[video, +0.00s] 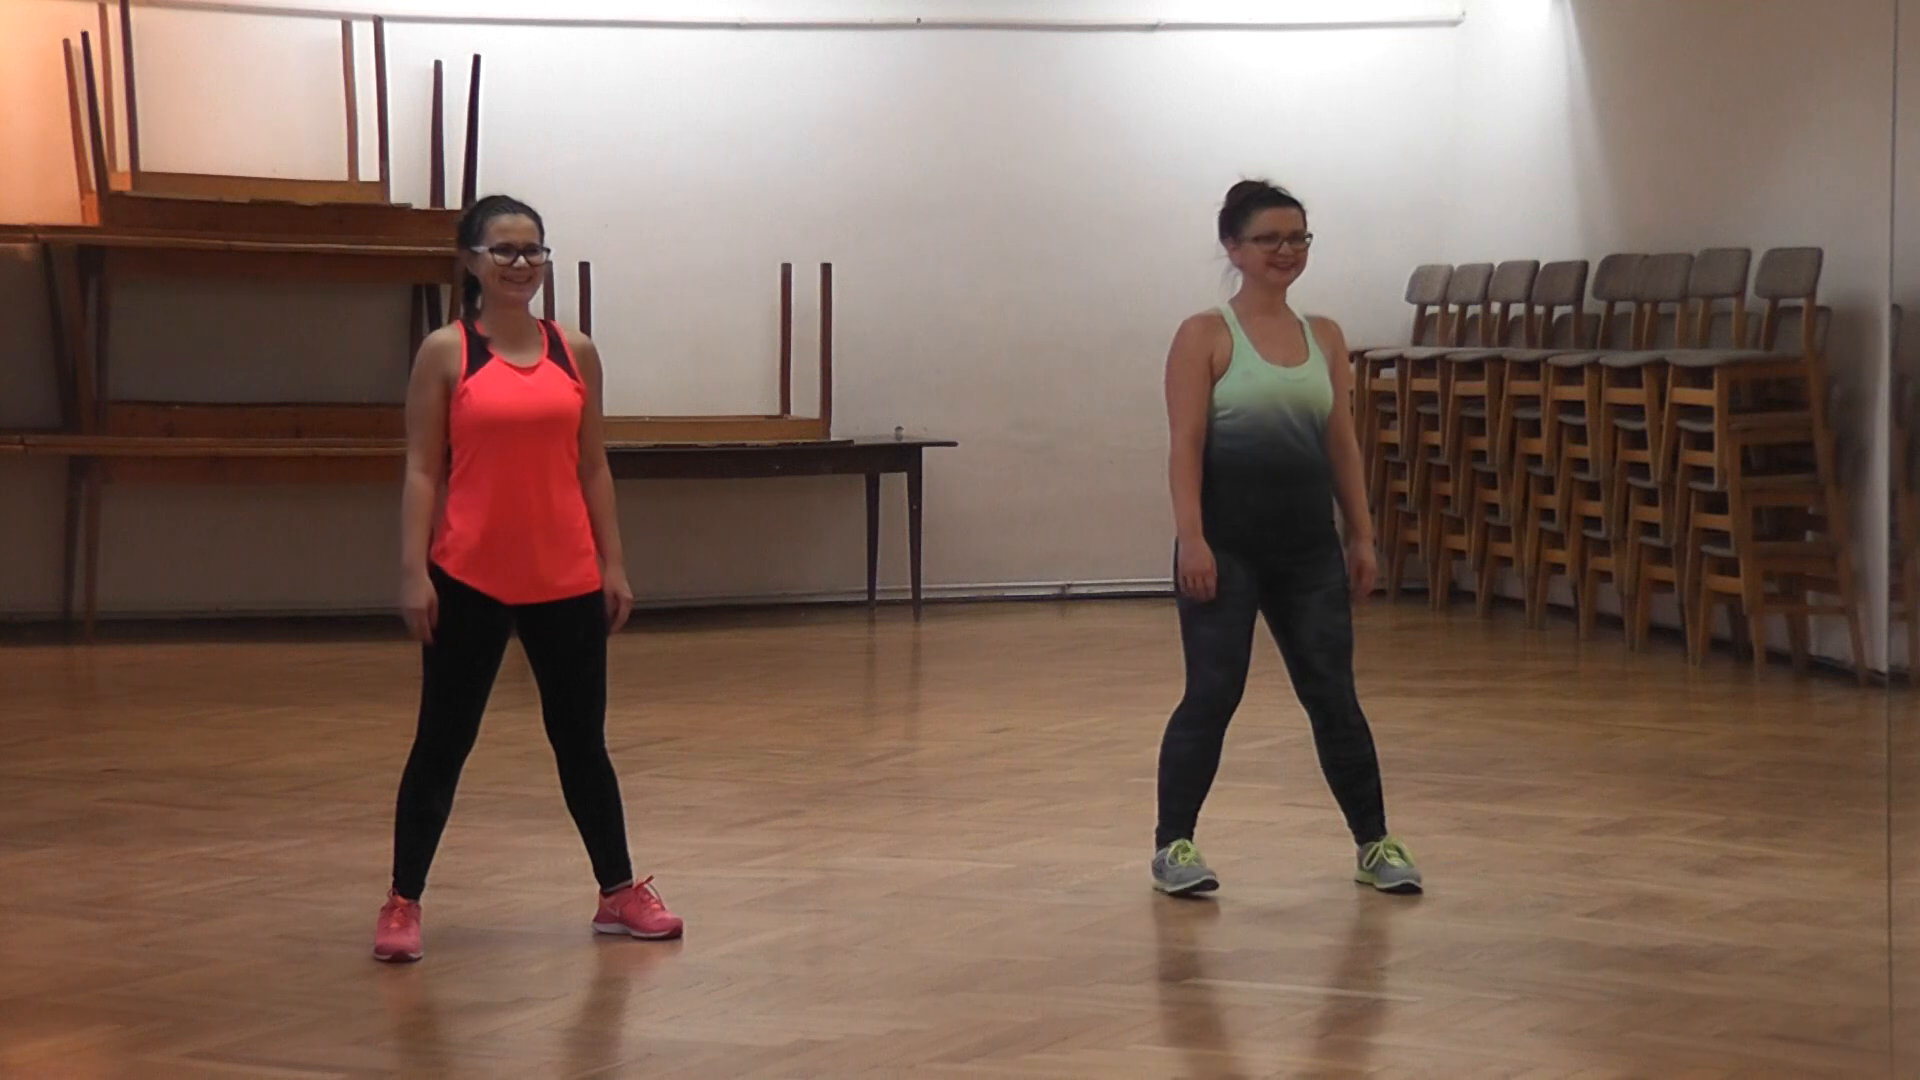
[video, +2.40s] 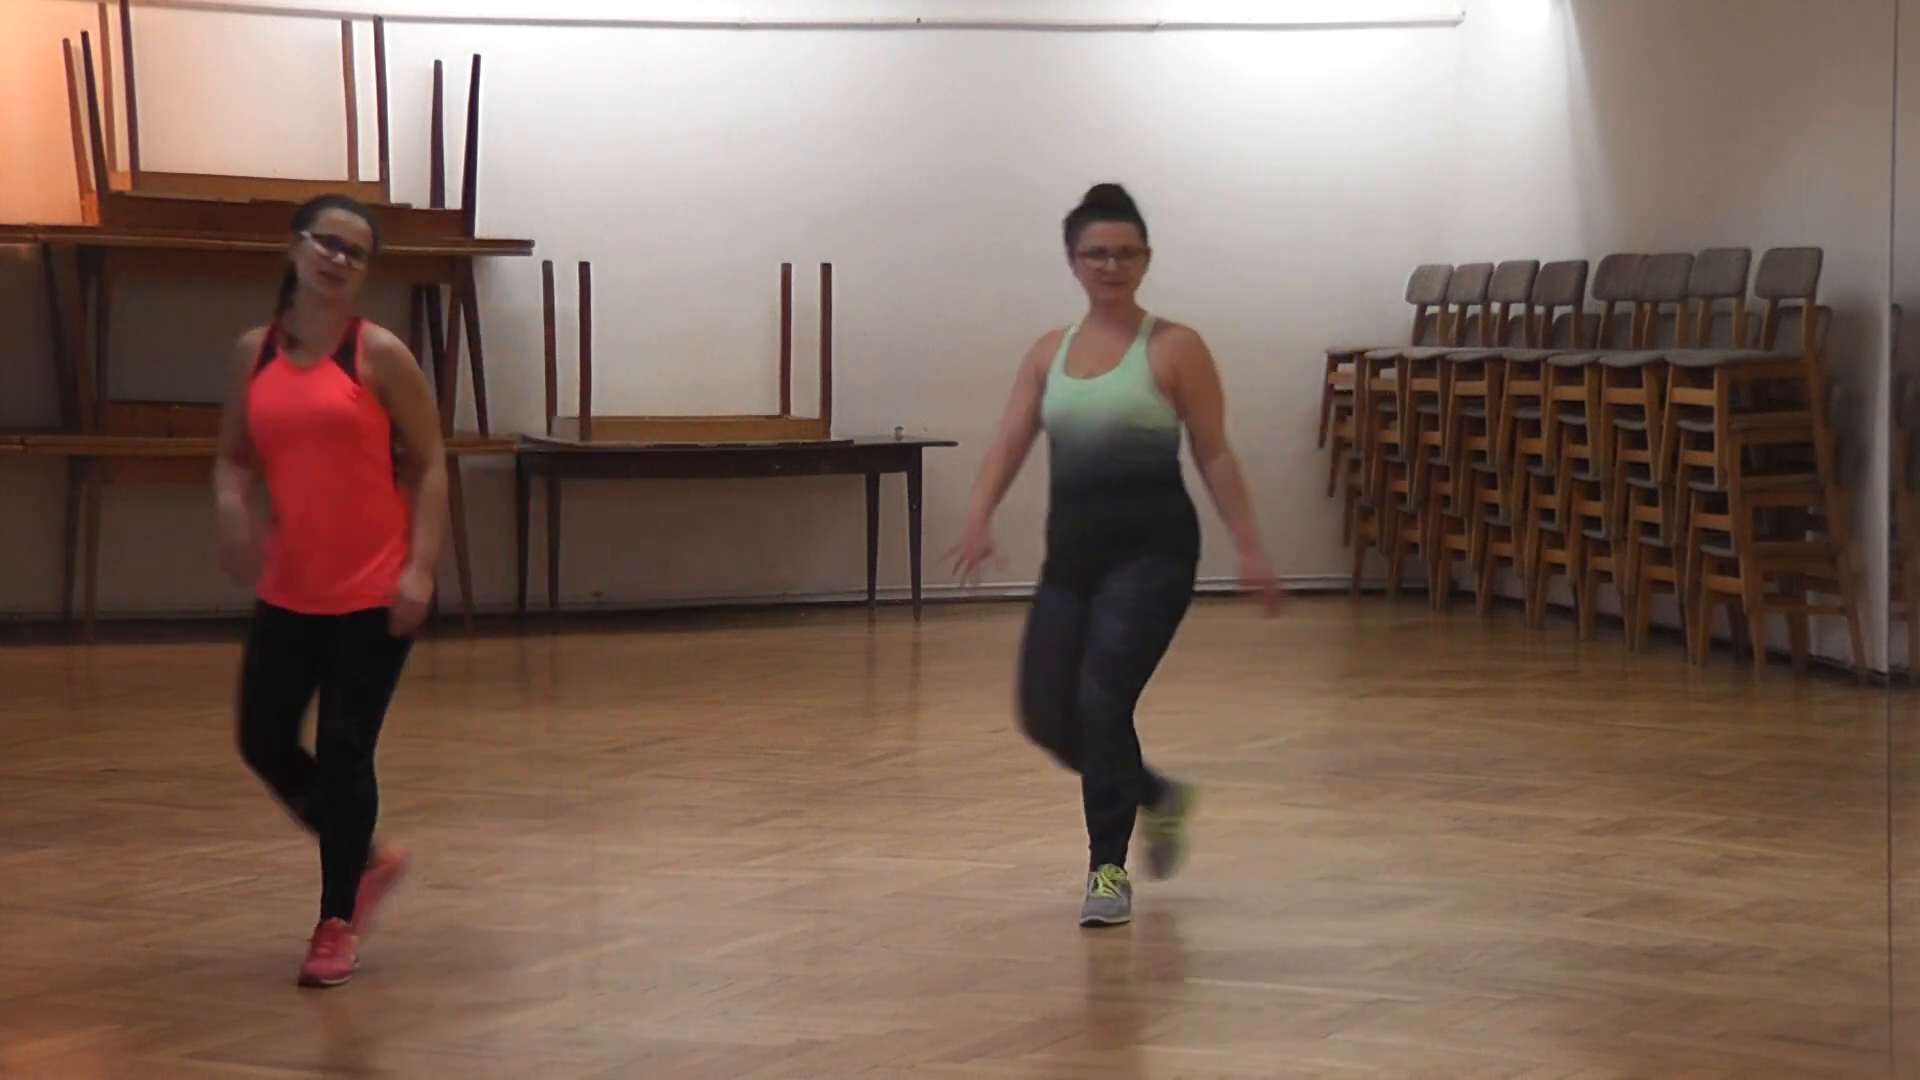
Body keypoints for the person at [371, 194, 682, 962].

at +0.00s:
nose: (521, 261)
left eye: (532, 249)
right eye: (504, 250)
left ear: (545, 260)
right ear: (472, 262)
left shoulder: (576, 353)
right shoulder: (445, 352)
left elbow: (594, 465)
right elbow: (424, 469)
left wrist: (613, 564)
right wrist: (413, 569)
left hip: (568, 579)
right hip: (470, 580)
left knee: (583, 740)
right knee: (441, 747)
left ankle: (620, 890)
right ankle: (403, 903)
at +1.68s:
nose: (546, 266)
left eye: (556, 252)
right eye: (529, 254)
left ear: (572, 260)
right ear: (498, 265)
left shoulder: (603, 354)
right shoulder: (472, 355)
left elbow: (652, 462)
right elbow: (465, 465)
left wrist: (657, 561)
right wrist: (448, 560)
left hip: (597, 576)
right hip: (499, 579)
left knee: (625, 732)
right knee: (470, 729)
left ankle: (660, 880)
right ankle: (512, 884)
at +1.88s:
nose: (498, 277)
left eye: (510, 264)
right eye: (482, 263)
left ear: (525, 268)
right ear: (450, 265)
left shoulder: (552, 361)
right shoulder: (423, 357)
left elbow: (600, 471)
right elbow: (407, 463)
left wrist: (624, 569)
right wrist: (398, 553)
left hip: (557, 580)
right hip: (465, 587)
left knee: (568, 728)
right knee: (480, 746)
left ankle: (630, 852)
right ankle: (536, 894)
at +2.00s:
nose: (458, 269)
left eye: (473, 257)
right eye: (444, 256)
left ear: (489, 262)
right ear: (413, 256)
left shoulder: (513, 351)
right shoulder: (387, 346)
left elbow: (573, 451)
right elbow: (352, 443)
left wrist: (587, 557)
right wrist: (350, 508)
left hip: (524, 552)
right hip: (442, 563)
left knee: (484, 699)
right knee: (478, 721)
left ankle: (526, 872)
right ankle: (528, 882)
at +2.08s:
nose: (432, 275)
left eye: (447, 263)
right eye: (417, 262)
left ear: (465, 271)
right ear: (389, 265)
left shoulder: (487, 361)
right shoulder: (366, 355)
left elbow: (547, 463)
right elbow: (327, 452)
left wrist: (563, 570)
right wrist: (326, 495)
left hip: (501, 562)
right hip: (423, 572)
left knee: (437, 707)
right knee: (493, 731)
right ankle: (543, 892)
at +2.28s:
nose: (374, 279)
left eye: (391, 273)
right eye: (363, 263)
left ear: (407, 291)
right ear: (333, 268)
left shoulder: (421, 378)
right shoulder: (302, 368)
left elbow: (472, 489)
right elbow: (284, 470)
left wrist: (478, 604)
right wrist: (279, 508)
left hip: (415, 591)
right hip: (339, 589)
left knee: (355, 749)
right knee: (381, 755)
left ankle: (335, 926)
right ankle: (501, 868)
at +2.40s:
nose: (340, 260)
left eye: (355, 254)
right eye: (328, 243)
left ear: (367, 273)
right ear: (294, 247)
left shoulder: (383, 355)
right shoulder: (258, 351)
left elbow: (432, 462)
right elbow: (234, 457)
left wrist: (421, 566)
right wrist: (234, 512)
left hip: (372, 592)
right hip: (288, 590)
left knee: (344, 753)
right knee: (263, 740)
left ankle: (336, 923)